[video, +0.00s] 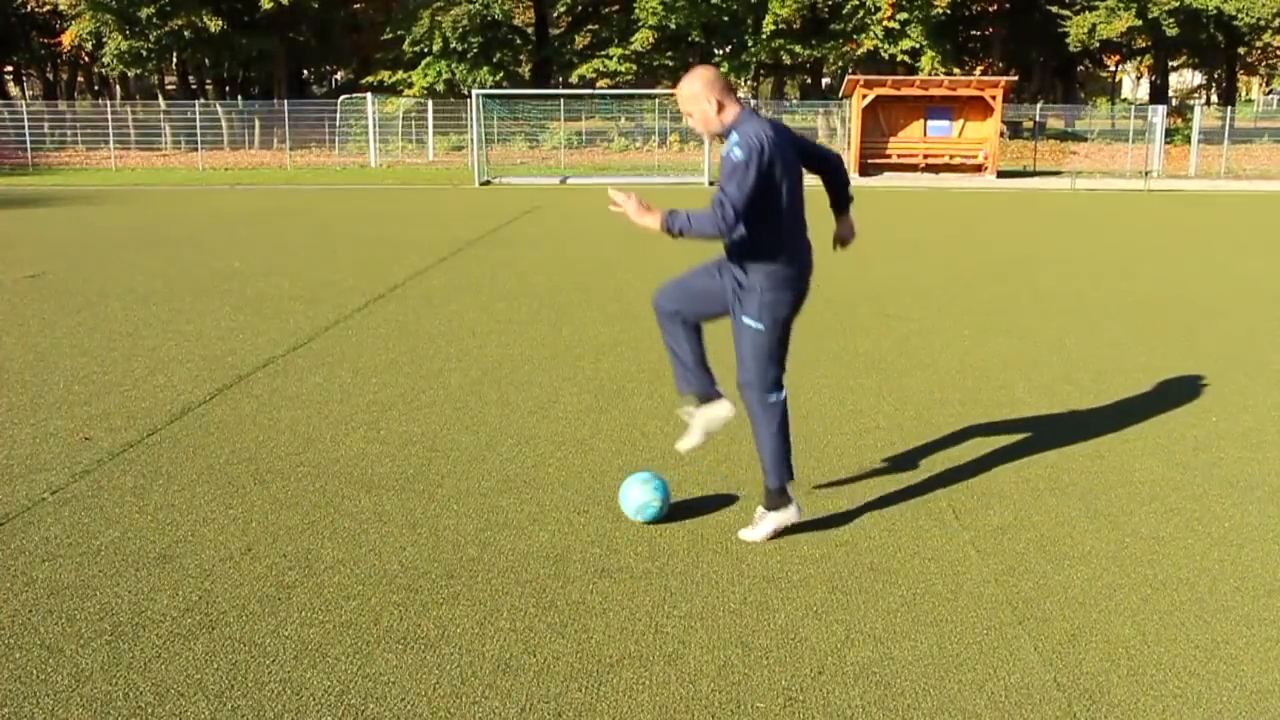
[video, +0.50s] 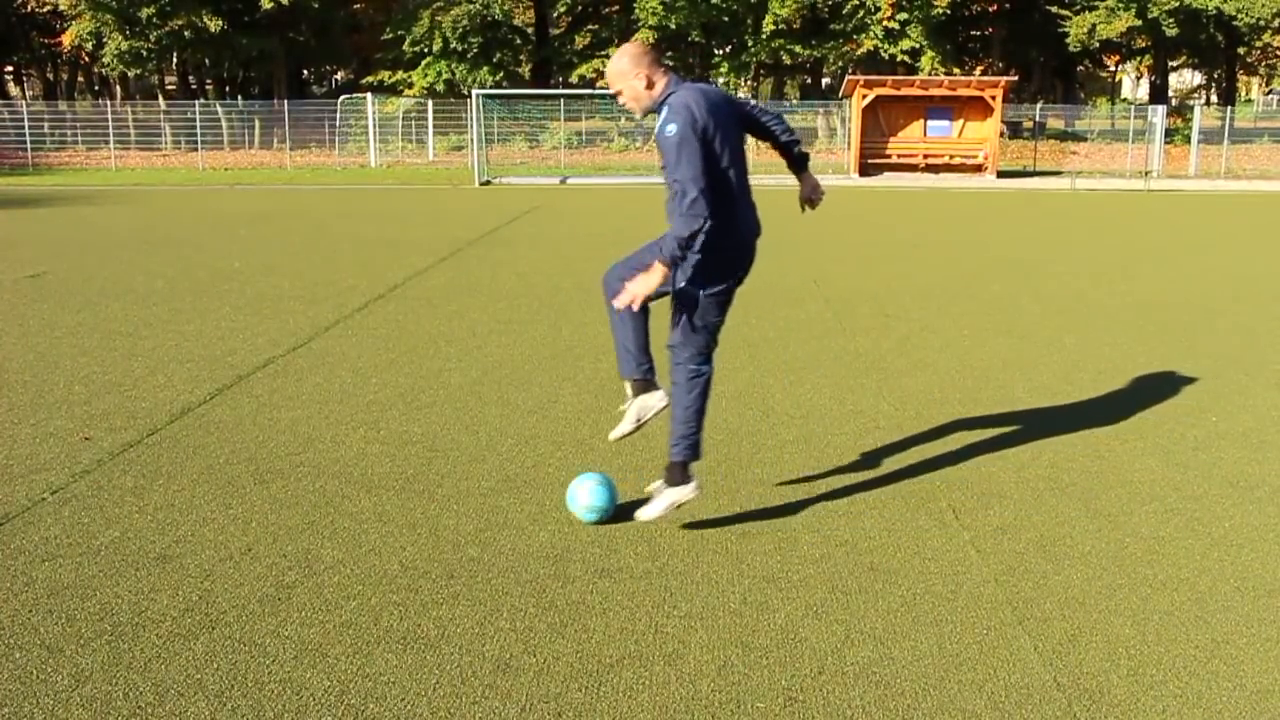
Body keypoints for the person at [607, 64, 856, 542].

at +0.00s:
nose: (691, 126)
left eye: (691, 115)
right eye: (687, 117)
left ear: (716, 105)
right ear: (721, 102)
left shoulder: (748, 142)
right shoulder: (767, 129)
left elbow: (723, 220)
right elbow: (830, 163)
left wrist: (656, 219)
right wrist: (843, 213)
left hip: (770, 277)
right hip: (742, 267)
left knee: (761, 388)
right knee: (670, 302)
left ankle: (779, 501)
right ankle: (706, 402)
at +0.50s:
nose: (620, 103)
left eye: (620, 93)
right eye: (616, 94)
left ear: (646, 79)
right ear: (654, 74)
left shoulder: (675, 121)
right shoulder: (708, 95)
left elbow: (692, 212)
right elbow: (771, 124)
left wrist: (656, 273)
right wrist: (805, 173)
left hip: (716, 250)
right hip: (720, 235)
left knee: (690, 357)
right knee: (620, 280)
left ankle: (679, 477)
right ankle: (642, 389)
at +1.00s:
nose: (555, 192)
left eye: (555, 183)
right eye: (551, 185)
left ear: (578, 169)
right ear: (581, 166)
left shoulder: (609, 215)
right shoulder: (645, 172)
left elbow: (632, 303)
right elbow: (708, 197)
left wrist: (642, 374)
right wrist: (753, 238)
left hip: (651, 323)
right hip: (672, 306)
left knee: (609, 426)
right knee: (568, 354)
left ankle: (661, 528)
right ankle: (524, 454)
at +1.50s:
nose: (502, 173)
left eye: (501, 163)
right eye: (498, 165)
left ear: (523, 151)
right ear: (530, 146)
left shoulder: (547, 193)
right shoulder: (592, 166)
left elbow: (565, 278)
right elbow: (649, 204)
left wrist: (576, 348)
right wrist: (685, 253)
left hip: (582, 316)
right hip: (608, 303)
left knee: (586, 426)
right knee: (529, 380)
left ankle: (654, 517)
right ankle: (476, 457)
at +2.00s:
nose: (426, 167)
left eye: (428, 158)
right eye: (424, 157)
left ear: (443, 157)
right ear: (461, 149)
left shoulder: (458, 199)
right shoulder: (504, 176)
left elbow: (478, 273)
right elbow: (562, 216)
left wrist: (492, 338)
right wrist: (604, 262)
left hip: (510, 311)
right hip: (537, 301)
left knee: (514, 420)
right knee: (473, 384)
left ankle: (606, 486)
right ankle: (478, 482)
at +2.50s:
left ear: (388, 194)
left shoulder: (406, 224)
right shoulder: (445, 199)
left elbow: (437, 282)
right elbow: (500, 225)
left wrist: (454, 345)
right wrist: (519, 274)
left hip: (470, 310)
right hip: (495, 299)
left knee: (403, 394)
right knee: (454, 390)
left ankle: (468, 475)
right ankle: (473, 476)